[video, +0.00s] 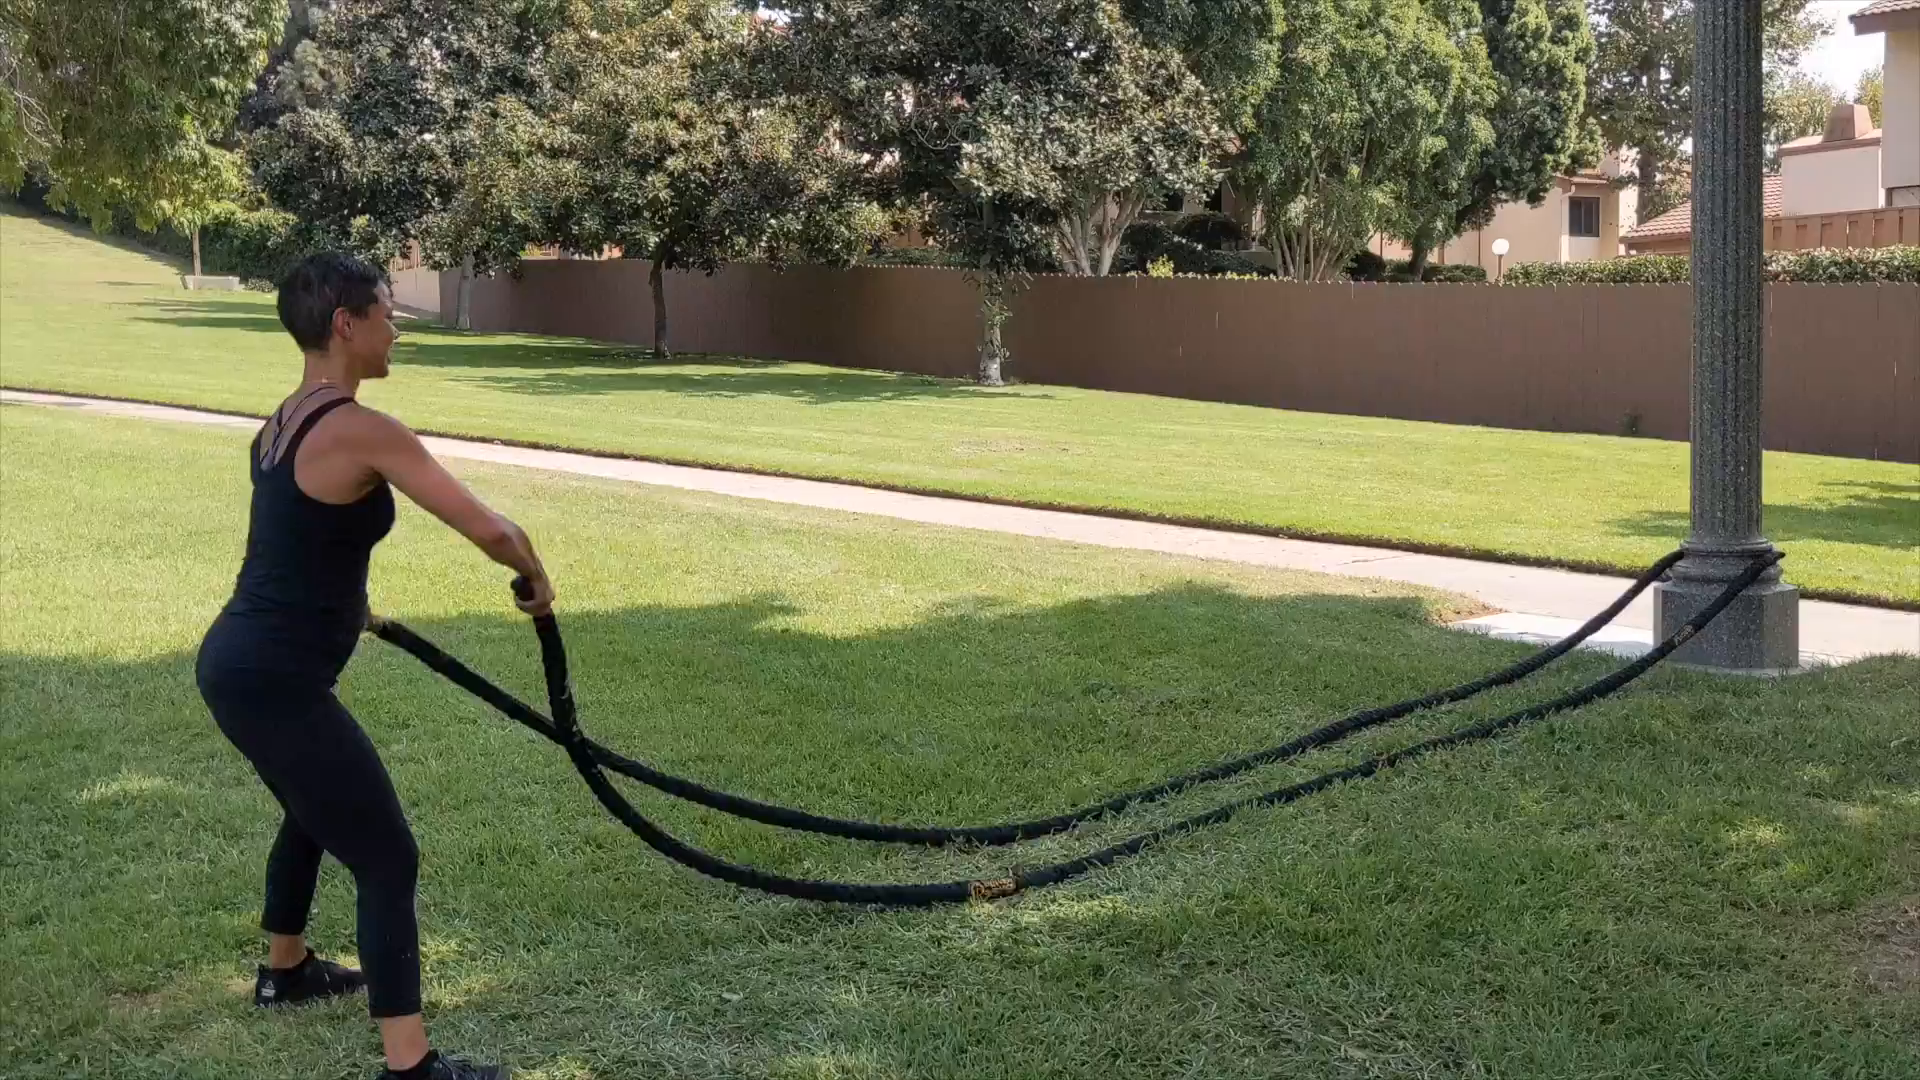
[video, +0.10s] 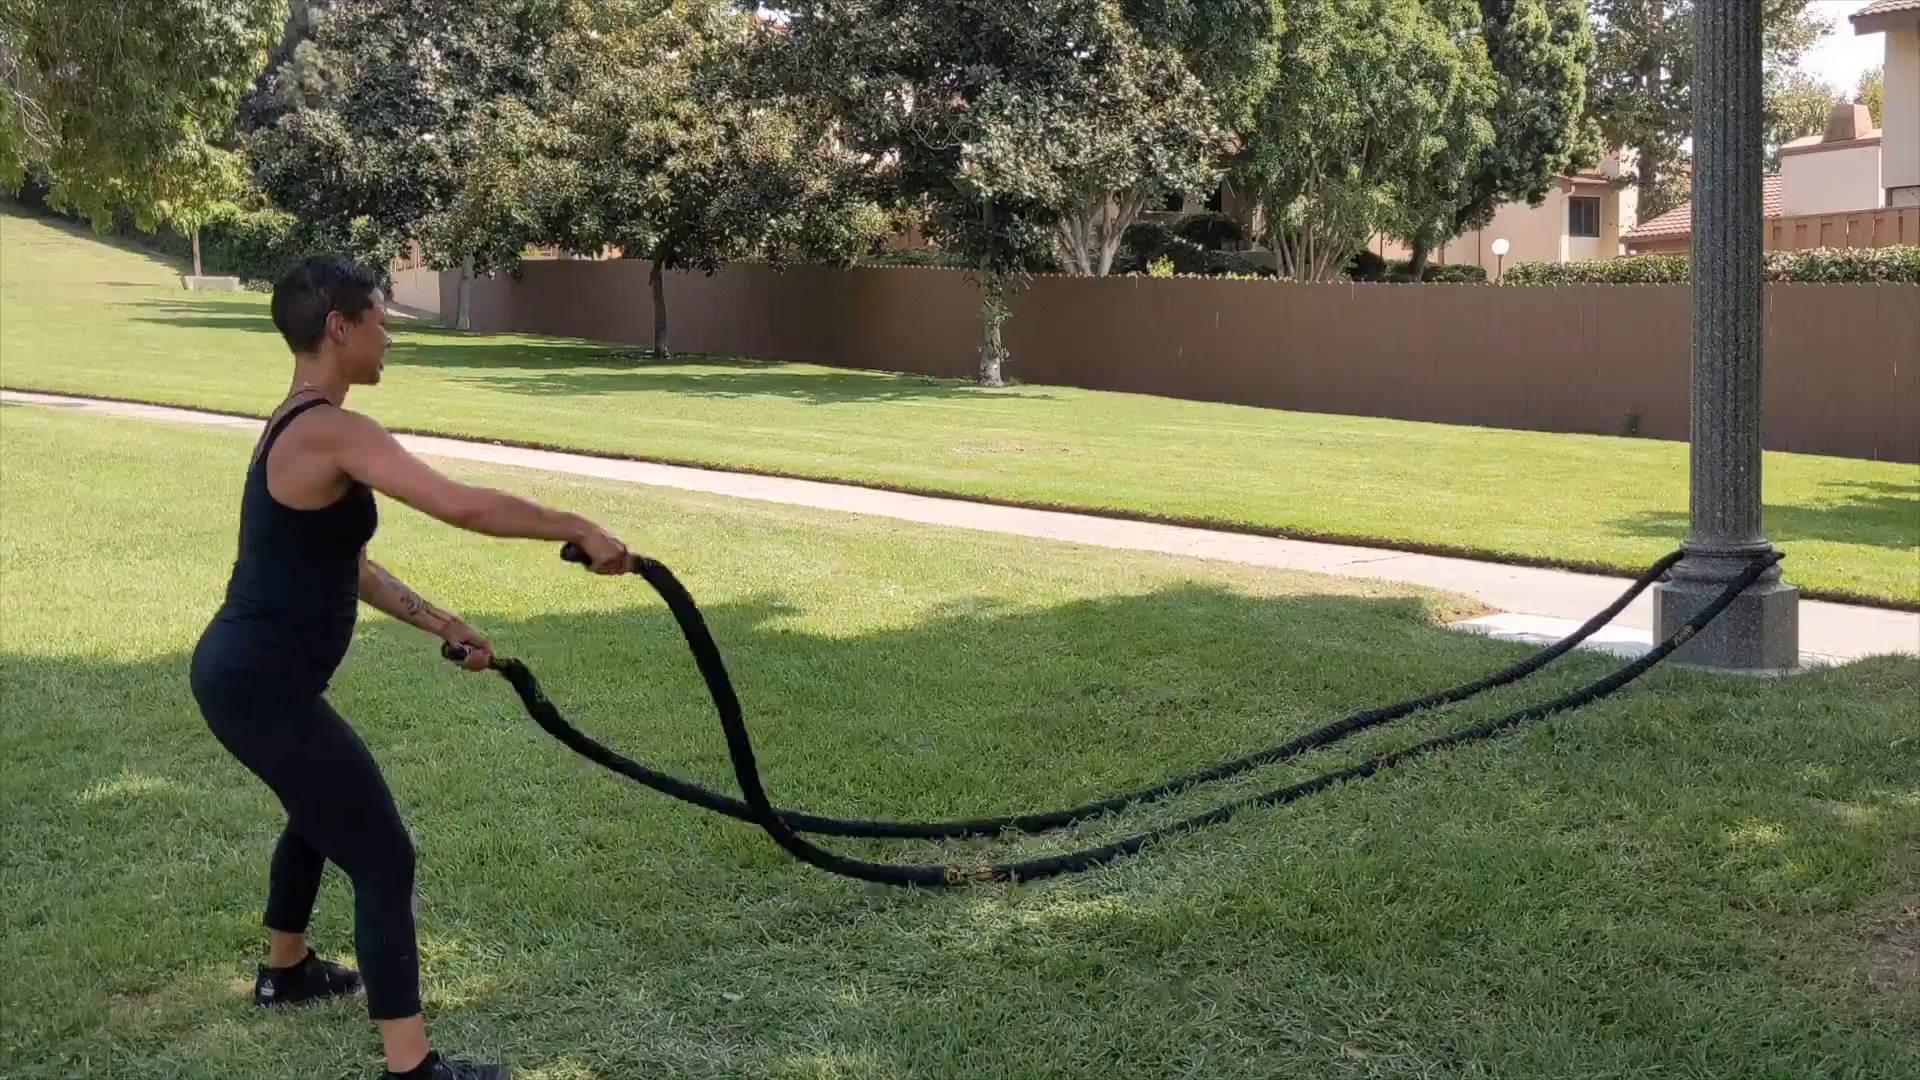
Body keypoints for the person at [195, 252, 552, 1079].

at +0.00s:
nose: (395, 326)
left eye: (390, 311)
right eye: (386, 312)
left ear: (329, 327)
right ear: (345, 323)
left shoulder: (289, 415)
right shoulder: (365, 430)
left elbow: (287, 535)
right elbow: (488, 530)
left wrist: (348, 603)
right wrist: (529, 568)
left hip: (235, 659)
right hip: (279, 679)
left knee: (316, 806)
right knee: (387, 857)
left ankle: (285, 966)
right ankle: (408, 1056)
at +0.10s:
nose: (387, 331)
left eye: (382, 317)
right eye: (376, 318)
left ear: (320, 332)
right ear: (338, 328)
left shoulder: (295, 424)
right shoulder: (336, 430)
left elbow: (341, 562)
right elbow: (460, 506)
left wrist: (441, 623)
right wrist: (578, 530)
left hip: (241, 668)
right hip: (266, 684)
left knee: (321, 808)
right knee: (383, 856)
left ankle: (286, 965)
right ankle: (409, 1061)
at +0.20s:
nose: (383, 341)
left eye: (379, 326)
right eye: (372, 327)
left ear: (317, 338)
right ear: (330, 334)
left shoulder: (294, 430)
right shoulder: (319, 437)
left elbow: (369, 566)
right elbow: (410, 522)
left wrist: (471, 605)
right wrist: (551, 529)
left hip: (231, 670)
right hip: (256, 686)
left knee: (320, 807)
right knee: (380, 857)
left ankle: (286, 963)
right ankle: (408, 1061)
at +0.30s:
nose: (377, 348)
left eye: (375, 332)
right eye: (368, 333)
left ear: (309, 344)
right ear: (324, 342)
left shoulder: (270, 433)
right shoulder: (319, 447)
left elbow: (338, 567)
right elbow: (398, 566)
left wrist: (439, 598)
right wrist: (537, 579)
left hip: (209, 670)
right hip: (251, 688)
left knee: (316, 796)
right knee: (374, 858)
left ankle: (287, 964)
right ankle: (407, 1058)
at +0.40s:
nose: (370, 361)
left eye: (369, 345)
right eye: (362, 346)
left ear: (297, 355)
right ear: (316, 354)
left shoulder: (245, 438)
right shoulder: (330, 463)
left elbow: (278, 551)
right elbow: (421, 587)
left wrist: (373, 553)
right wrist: (537, 594)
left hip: (186, 681)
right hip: (243, 699)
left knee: (315, 797)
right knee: (379, 859)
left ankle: (287, 965)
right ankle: (406, 1058)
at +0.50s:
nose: (373, 372)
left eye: (372, 357)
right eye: (364, 357)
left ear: (299, 366)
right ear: (318, 363)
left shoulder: (236, 443)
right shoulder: (351, 471)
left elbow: (280, 542)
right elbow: (425, 585)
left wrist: (369, 545)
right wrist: (489, 569)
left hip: (175, 695)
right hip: (242, 709)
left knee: (313, 797)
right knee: (391, 860)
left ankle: (289, 966)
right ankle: (409, 1059)